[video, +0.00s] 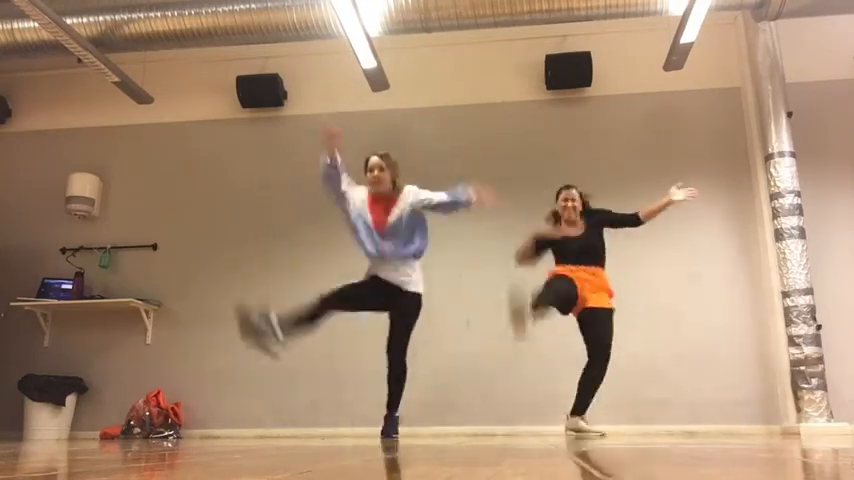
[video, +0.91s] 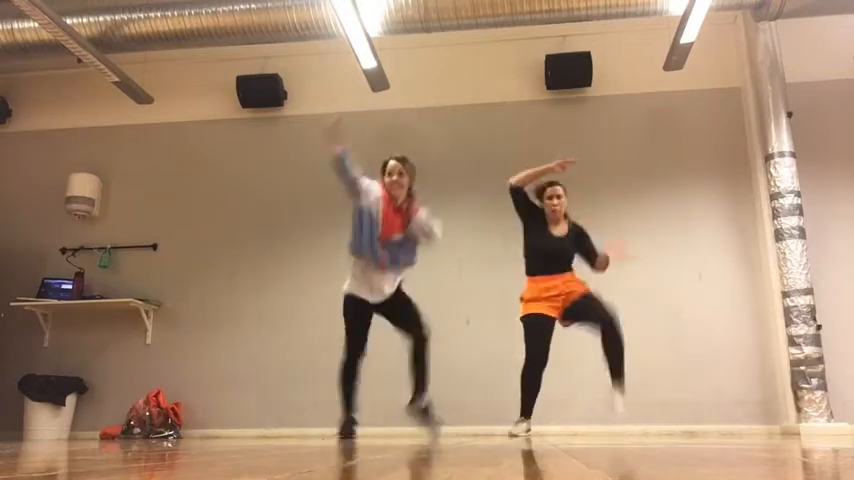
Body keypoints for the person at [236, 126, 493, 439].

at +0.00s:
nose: (374, 174)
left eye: (380, 169)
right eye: (370, 170)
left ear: (393, 174)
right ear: (365, 174)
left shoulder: (410, 198)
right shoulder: (358, 198)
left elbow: (441, 201)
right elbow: (335, 184)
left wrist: (467, 195)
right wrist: (331, 156)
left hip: (407, 290)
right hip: (377, 284)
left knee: (396, 355)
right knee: (330, 300)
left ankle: (391, 420)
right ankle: (280, 329)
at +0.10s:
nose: (376, 168)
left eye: (382, 163)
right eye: (372, 165)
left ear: (394, 166)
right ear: (369, 170)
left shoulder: (414, 194)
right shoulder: (365, 192)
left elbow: (439, 222)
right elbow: (346, 165)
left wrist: (460, 249)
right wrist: (340, 133)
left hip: (405, 281)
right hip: (373, 277)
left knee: (396, 342)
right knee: (352, 336)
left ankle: (396, 403)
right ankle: (331, 396)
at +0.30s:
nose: (380, 178)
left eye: (385, 172)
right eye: (376, 173)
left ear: (396, 176)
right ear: (370, 178)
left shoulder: (411, 203)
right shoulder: (364, 211)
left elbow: (404, 218)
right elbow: (335, 218)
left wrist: (387, 190)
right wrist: (332, 191)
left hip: (404, 295)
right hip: (373, 290)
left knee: (399, 359)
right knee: (340, 304)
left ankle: (397, 417)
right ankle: (336, 365)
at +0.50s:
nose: (379, 152)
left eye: (384, 148)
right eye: (373, 149)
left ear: (393, 152)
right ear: (366, 153)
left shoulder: (403, 169)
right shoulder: (355, 179)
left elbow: (419, 144)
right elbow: (331, 201)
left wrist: (421, 116)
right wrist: (357, 195)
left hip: (407, 257)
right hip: (376, 258)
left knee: (398, 303)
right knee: (329, 266)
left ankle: (425, 360)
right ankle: (362, 311)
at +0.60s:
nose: (380, 160)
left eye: (386, 155)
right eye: (376, 154)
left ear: (396, 159)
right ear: (368, 157)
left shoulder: (408, 178)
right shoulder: (358, 183)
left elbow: (435, 168)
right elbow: (348, 215)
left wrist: (455, 148)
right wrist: (368, 231)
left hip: (402, 258)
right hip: (372, 266)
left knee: (400, 257)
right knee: (335, 310)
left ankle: (439, 299)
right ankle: (352, 368)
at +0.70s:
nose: (383, 181)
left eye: (388, 176)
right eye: (379, 176)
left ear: (397, 181)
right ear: (371, 180)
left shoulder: (405, 207)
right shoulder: (359, 207)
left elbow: (431, 220)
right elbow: (348, 238)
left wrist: (464, 222)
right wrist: (335, 253)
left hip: (396, 285)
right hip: (368, 294)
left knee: (399, 238)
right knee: (357, 359)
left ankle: (432, 286)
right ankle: (363, 417)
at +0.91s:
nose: (394, 179)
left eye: (400, 174)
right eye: (389, 174)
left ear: (410, 179)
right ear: (383, 178)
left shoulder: (414, 212)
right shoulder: (370, 194)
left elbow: (432, 237)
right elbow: (350, 178)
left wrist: (419, 220)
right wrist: (340, 155)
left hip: (390, 291)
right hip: (359, 291)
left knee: (420, 333)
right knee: (353, 353)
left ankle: (420, 401)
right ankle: (348, 418)